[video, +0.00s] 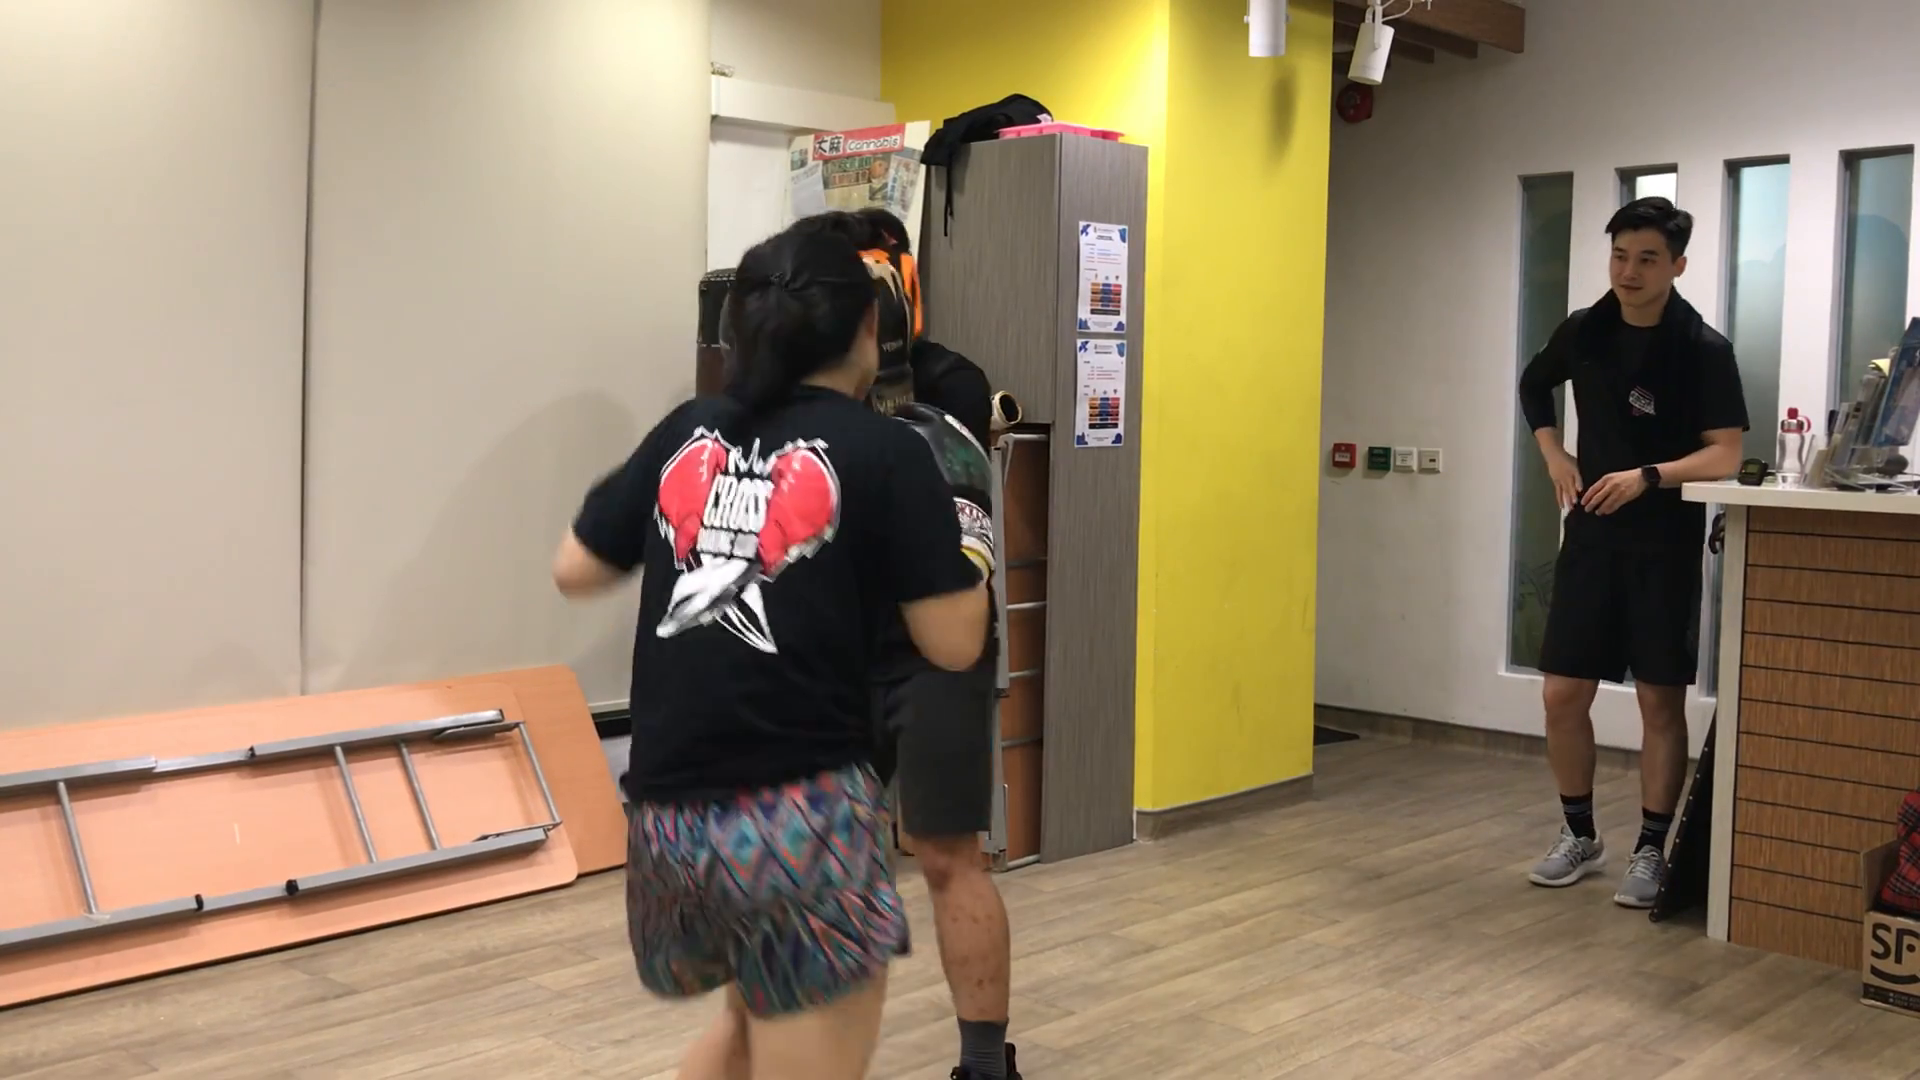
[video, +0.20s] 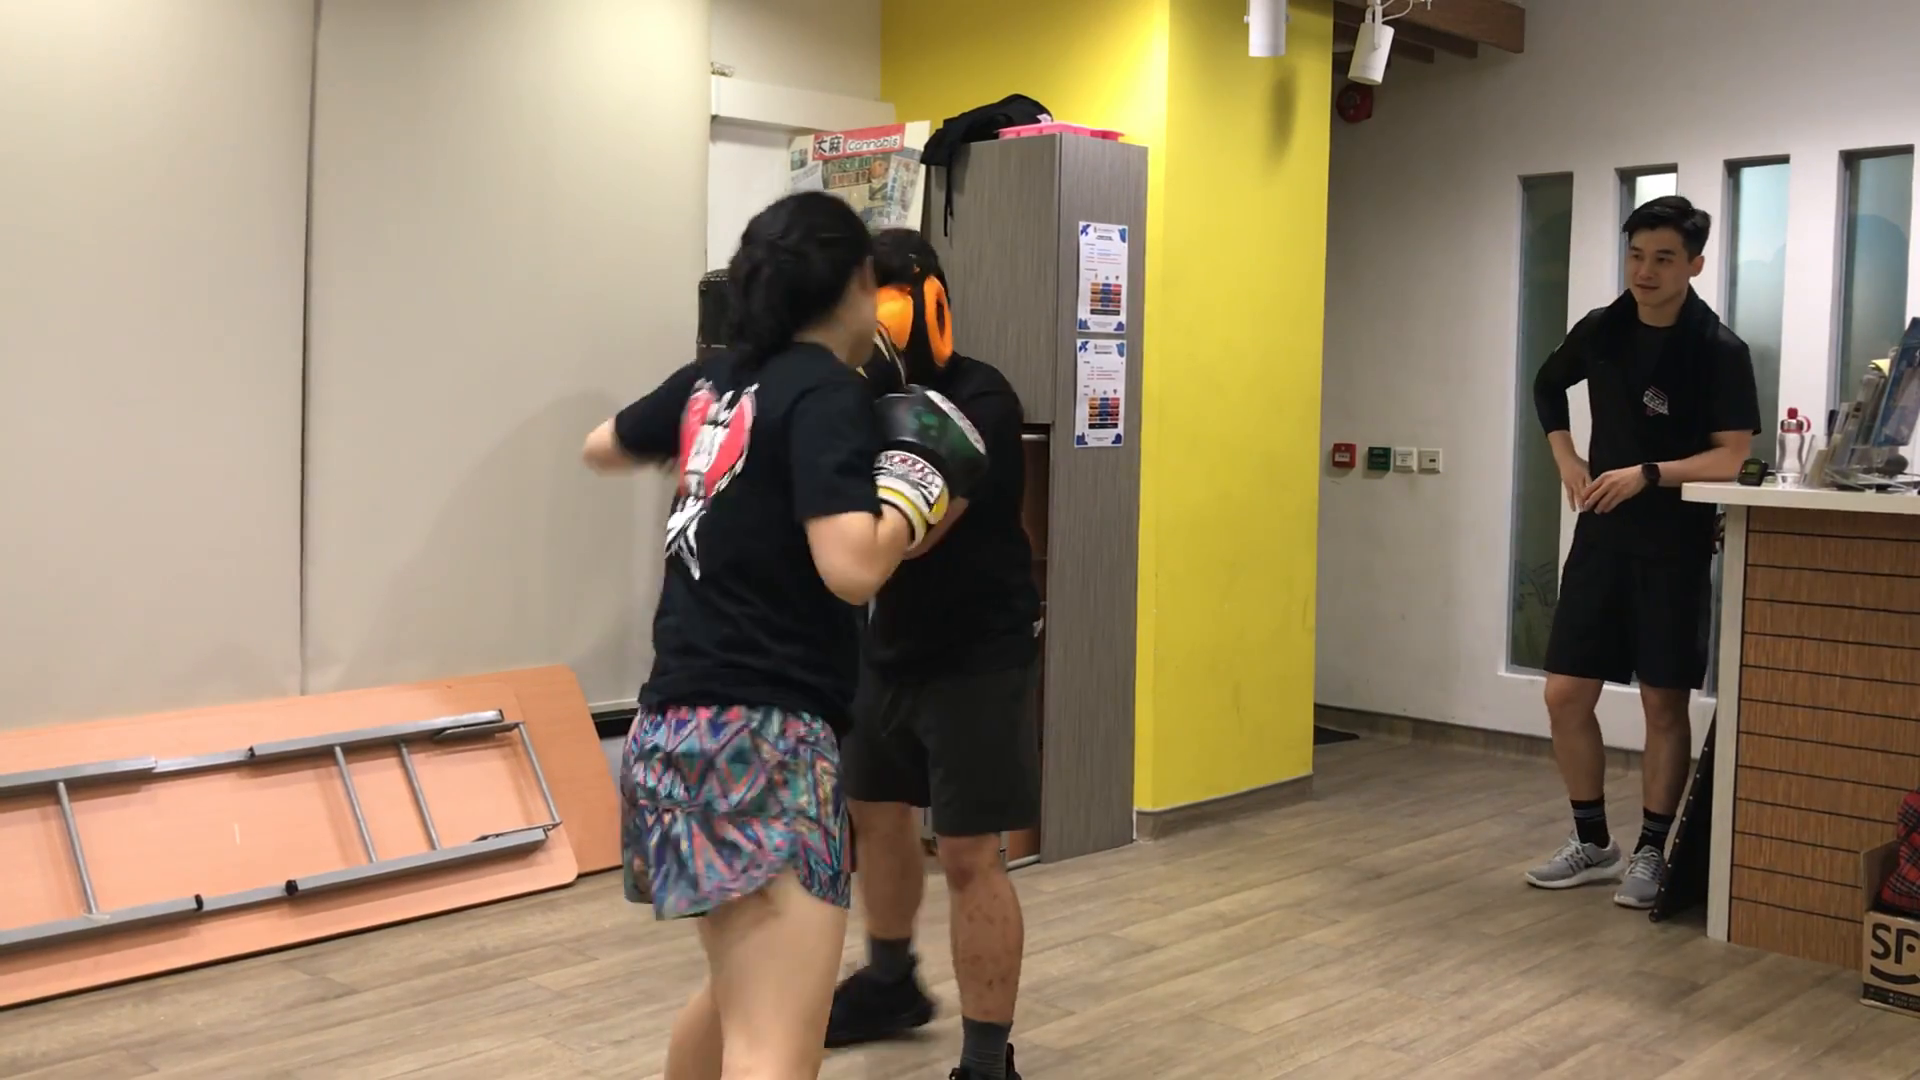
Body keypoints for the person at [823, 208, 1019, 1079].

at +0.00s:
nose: (860, 297)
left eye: (868, 274)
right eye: (847, 277)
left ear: (897, 279)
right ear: (823, 292)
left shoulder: (949, 386)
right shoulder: (796, 394)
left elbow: (966, 530)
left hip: (935, 653)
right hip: (827, 652)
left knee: (949, 857)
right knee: (817, 858)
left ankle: (985, 1060)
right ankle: (790, 1058)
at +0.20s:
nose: (880, 314)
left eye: (894, 295)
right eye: (871, 298)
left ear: (934, 301)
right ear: (858, 309)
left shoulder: (982, 397)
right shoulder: (857, 402)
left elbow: (916, 526)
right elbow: (839, 519)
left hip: (976, 654)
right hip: (885, 646)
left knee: (970, 855)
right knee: (876, 801)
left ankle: (987, 1061)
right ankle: (890, 981)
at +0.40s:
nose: (869, 328)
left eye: (881, 309)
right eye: (859, 315)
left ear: (937, 302)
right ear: (865, 320)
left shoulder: (1007, 394)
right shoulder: (901, 395)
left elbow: (949, 515)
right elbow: (824, 487)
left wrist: (900, 407)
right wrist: (839, 379)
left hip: (1004, 649)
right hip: (929, 645)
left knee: (974, 856)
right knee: (925, 827)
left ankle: (989, 1060)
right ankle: (1020, 953)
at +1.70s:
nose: (964, 322)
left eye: (974, 304)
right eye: (957, 307)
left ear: (1022, 303)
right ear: (983, 315)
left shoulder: (1074, 385)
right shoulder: (997, 389)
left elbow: (1012, 476)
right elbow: (933, 456)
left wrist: (974, 372)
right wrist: (901, 378)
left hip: (1072, 623)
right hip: (1013, 623)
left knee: (1040, 802)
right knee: (995, 779)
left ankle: (1092, 1021)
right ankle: (1057, 949)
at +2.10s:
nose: (1017, 414)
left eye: (1029, 398)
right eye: (1009, 401)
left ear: (1075, 390)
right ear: (1004, 403)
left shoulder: (1134, 446)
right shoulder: (1011, 436)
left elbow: (1087, 557)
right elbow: (912, 493)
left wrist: (1056, 453)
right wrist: (941, 415)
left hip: (1130, 651)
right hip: (1047, 640)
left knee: (1099, 821)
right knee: (987, 778)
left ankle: (1149, 1040)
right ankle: (1071, 913)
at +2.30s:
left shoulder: (1137, 490)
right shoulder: (996, 486)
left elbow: (1129, 626)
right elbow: (961, 604)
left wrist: (1091, 531)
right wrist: (932, 529)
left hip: (1152, 667)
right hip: (1064, 660)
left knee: (1112, 819)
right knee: (990, 804)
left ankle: (1151, 1042)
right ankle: (1075, 909)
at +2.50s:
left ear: (994, 552)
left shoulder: (1085, 556)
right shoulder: (1000, 562)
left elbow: (1053, 688)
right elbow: (955, 657)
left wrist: (977, 608)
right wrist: (902, 604)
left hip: (1176, 691)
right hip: (1085, 693)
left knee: (1103, 817)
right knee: (997, 800)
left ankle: (1153, 1038)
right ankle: (1089, 927)